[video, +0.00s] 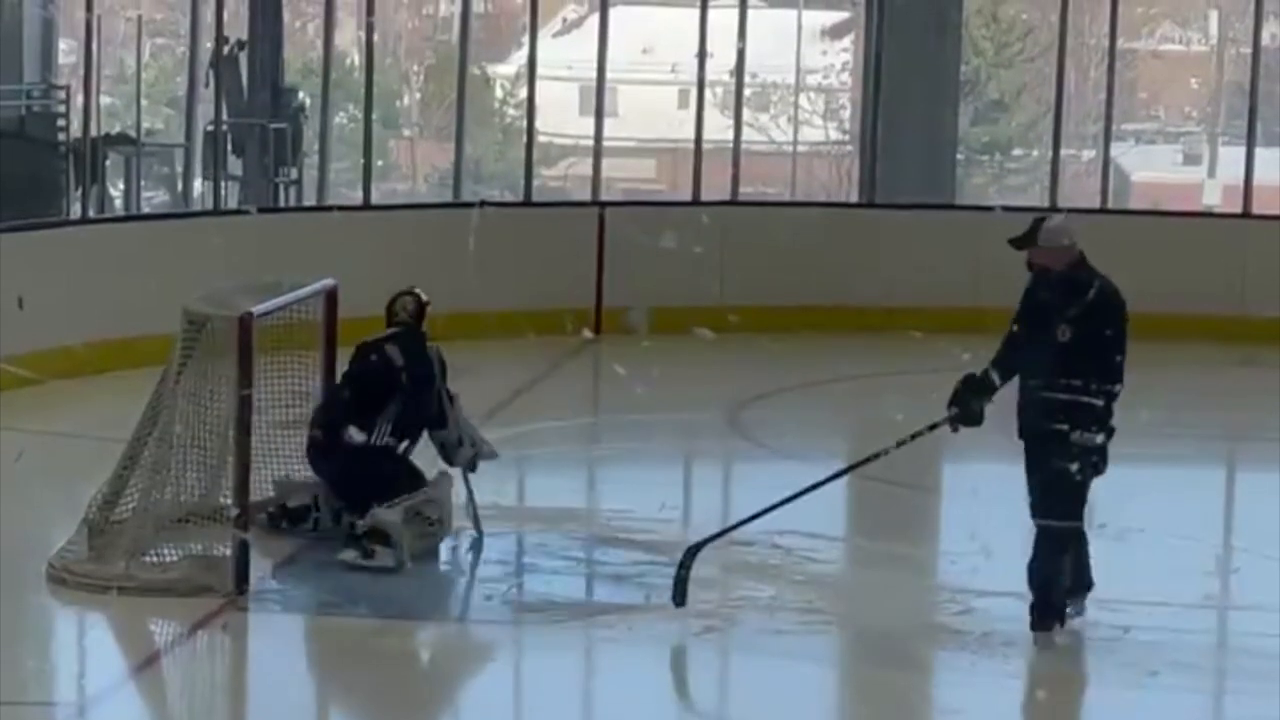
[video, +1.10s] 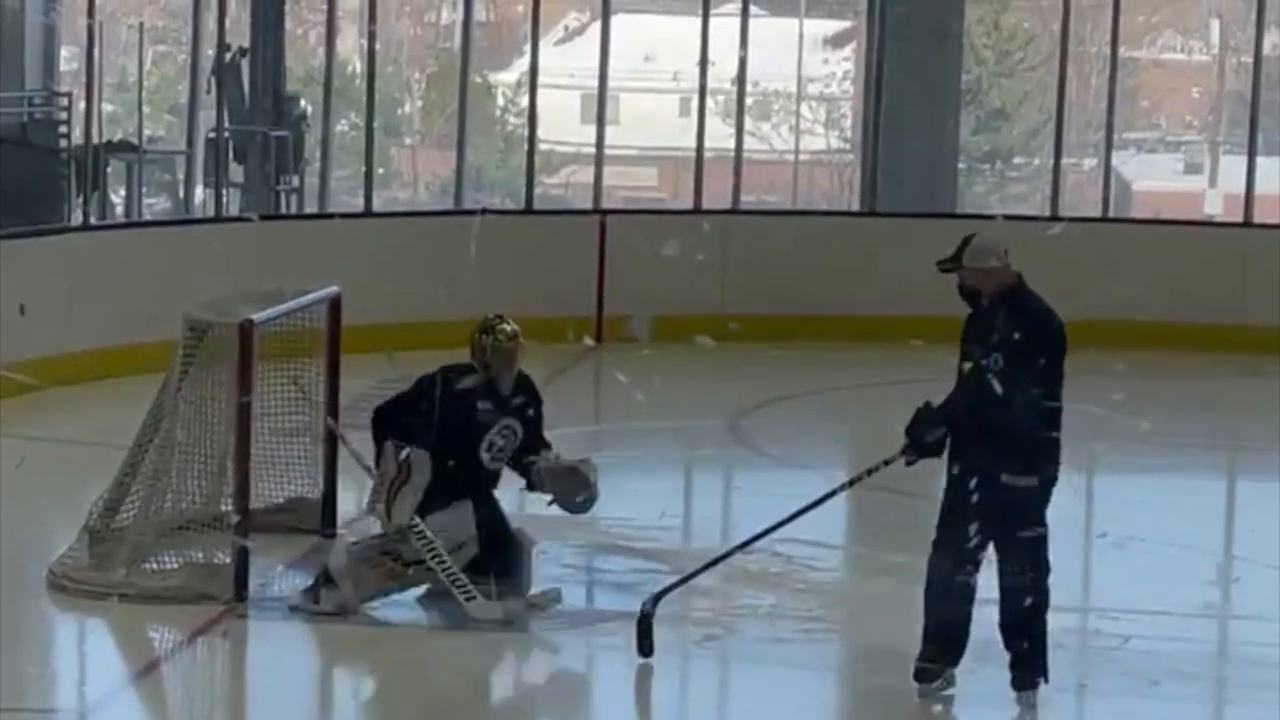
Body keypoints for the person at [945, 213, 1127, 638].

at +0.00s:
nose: (1030, 262)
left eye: (1036, 256)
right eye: (1029, 255)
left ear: (1060, 254)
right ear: (1044, 254)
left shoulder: (1102, 298)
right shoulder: (1040, 287)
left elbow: (1105, 376)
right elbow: (1017, 345)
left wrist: (1090, 437)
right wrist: (983, 386)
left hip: (1077, 425)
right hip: (1038, 422)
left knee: (1056, 519)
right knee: (1054, 511)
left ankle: (1046, 615)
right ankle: (1075, 586)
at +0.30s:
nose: (1010, 264)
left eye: (1016, 256)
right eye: (1009, 256)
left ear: (1041, 256)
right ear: (1027, 255)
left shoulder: (1088, 305)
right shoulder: (1020, 293)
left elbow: (1093, 383)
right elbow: (987, 355)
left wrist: (1083, 441)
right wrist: (947, 395)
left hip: (1058, 440)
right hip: (1011, 435)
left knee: (1052, 535)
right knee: (1005, 527)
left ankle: (1045, 629)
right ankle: (1006, 601)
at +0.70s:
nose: (993, 275)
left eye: (999, 268)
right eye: (992, 268)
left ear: (1023, 266)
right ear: (1005, 267)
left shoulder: (1070, 315)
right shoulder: (1000, 306)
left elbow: (1071, 397)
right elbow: (975, 367)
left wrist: (1057, 463)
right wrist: (935, 410)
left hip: (1043, 462)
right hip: (994, 457)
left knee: (1043, 562)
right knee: (980, 554)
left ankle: (1044, 657)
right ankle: (967, 649)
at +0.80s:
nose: (985, 277)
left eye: (992, 270)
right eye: (985, 270)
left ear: (1018, 266)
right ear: (1000, 269)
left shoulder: (1065, 318)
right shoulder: (995, 311)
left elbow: (1067, 401)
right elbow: (974, 373)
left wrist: (1052, 466)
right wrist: (933, 416)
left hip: (1040, 467)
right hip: (989, 463)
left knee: (1039, 570)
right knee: (974, 560)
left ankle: (1042, 671)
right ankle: (958, 662)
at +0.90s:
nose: (978, 280)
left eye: (984, 272)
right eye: (978, 272)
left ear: (1008, 270)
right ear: (999, 270)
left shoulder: (1056, 318)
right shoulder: (990, 313)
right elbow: (977, 378)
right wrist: (937, 422)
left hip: (1037, 465)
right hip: (985, 460)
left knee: (1036, 565)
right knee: (969, 558)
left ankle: (1040, 664)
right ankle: (954, 656)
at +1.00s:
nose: (970, 281)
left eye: (976, 273)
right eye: (970, 274)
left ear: (1001, 272)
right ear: (989, 273)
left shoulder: (1049, 321)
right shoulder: (986, 314)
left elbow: (1044, 403)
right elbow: (976, 383)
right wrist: (936, 426)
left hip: (1031, 468)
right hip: (980, 463)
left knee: (1030, 569)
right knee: (961, 562)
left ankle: (1035, 671)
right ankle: (945, 663)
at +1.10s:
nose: (964, 284)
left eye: (970, 276)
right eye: (963, 276)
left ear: (994, 274)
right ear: (979, 275)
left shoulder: (1039, 324)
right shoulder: (980, 318)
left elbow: (1012, 399)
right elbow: (969, 391)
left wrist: (940, 423)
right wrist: (934, 428)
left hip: (1022, 472)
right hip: (971, 466)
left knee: (1022, 577)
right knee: (950, 568)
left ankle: (1027, 684)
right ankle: (936, 673)